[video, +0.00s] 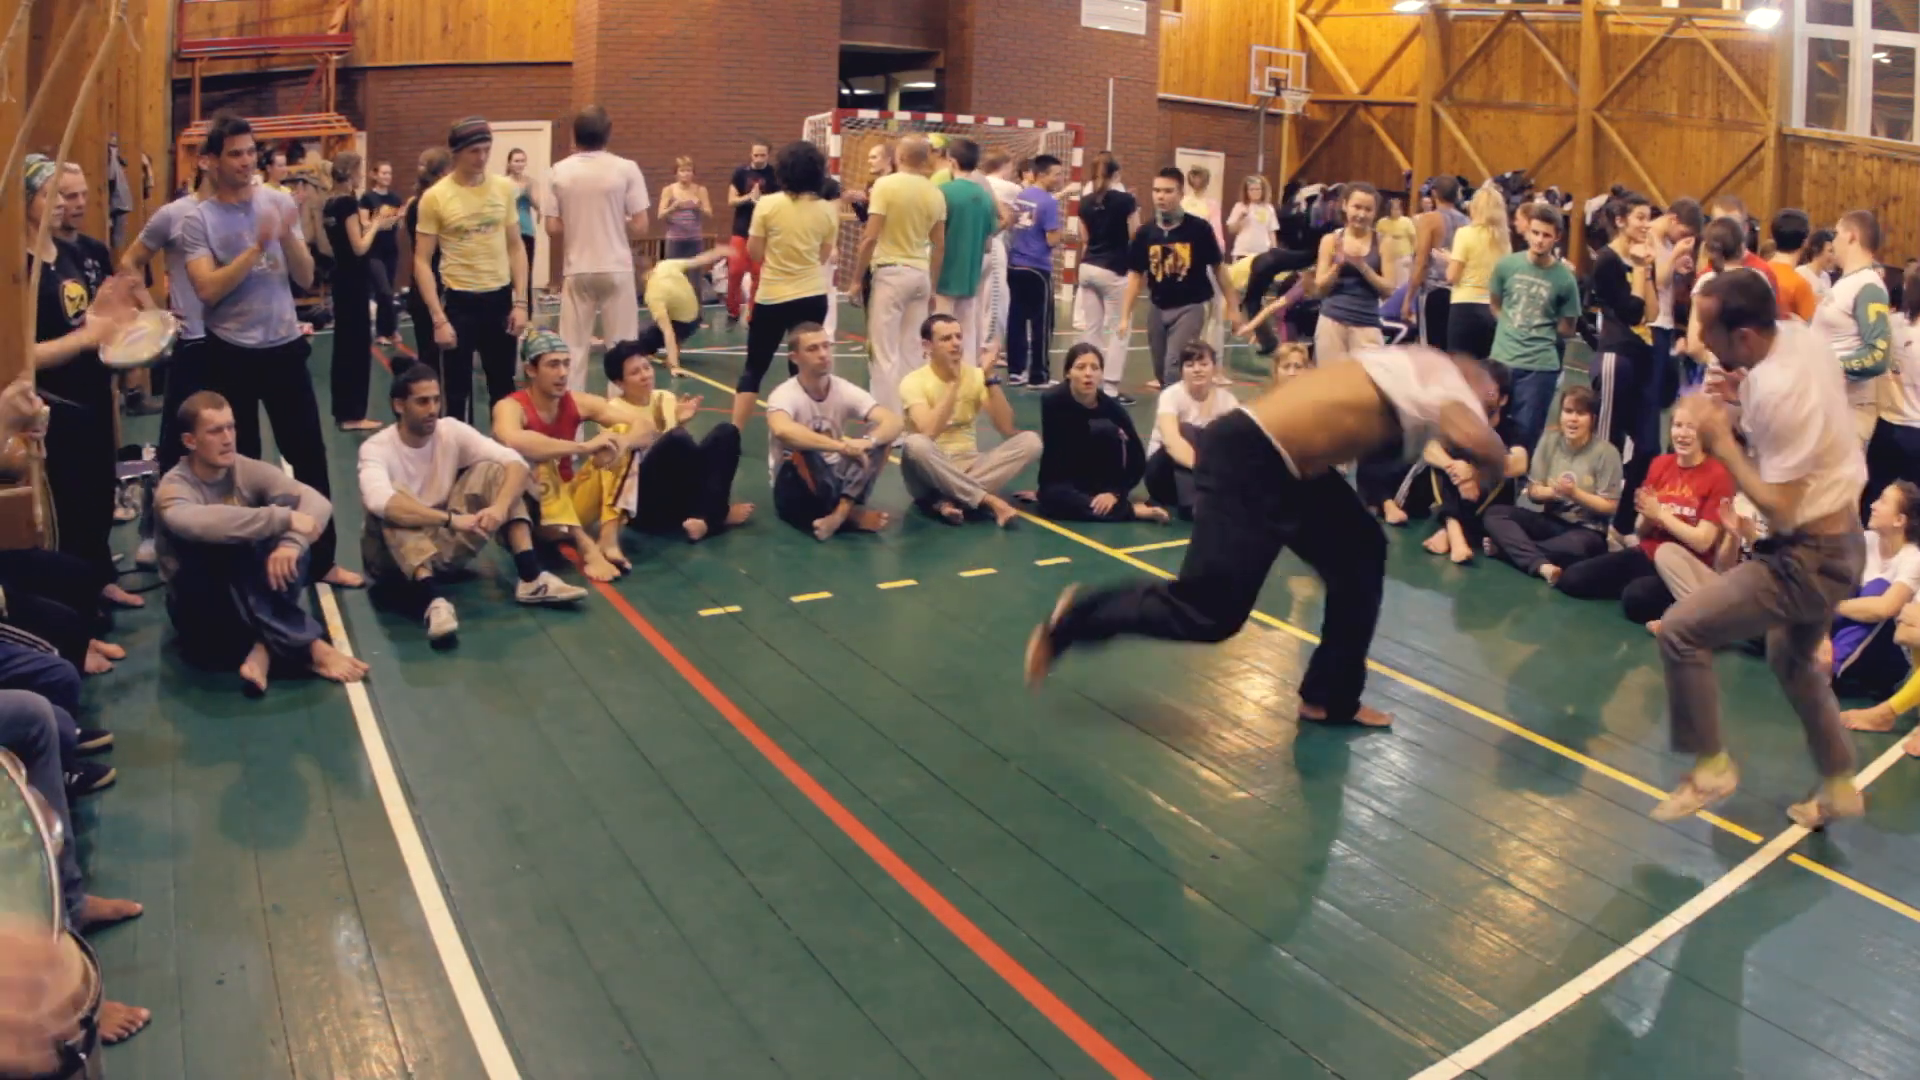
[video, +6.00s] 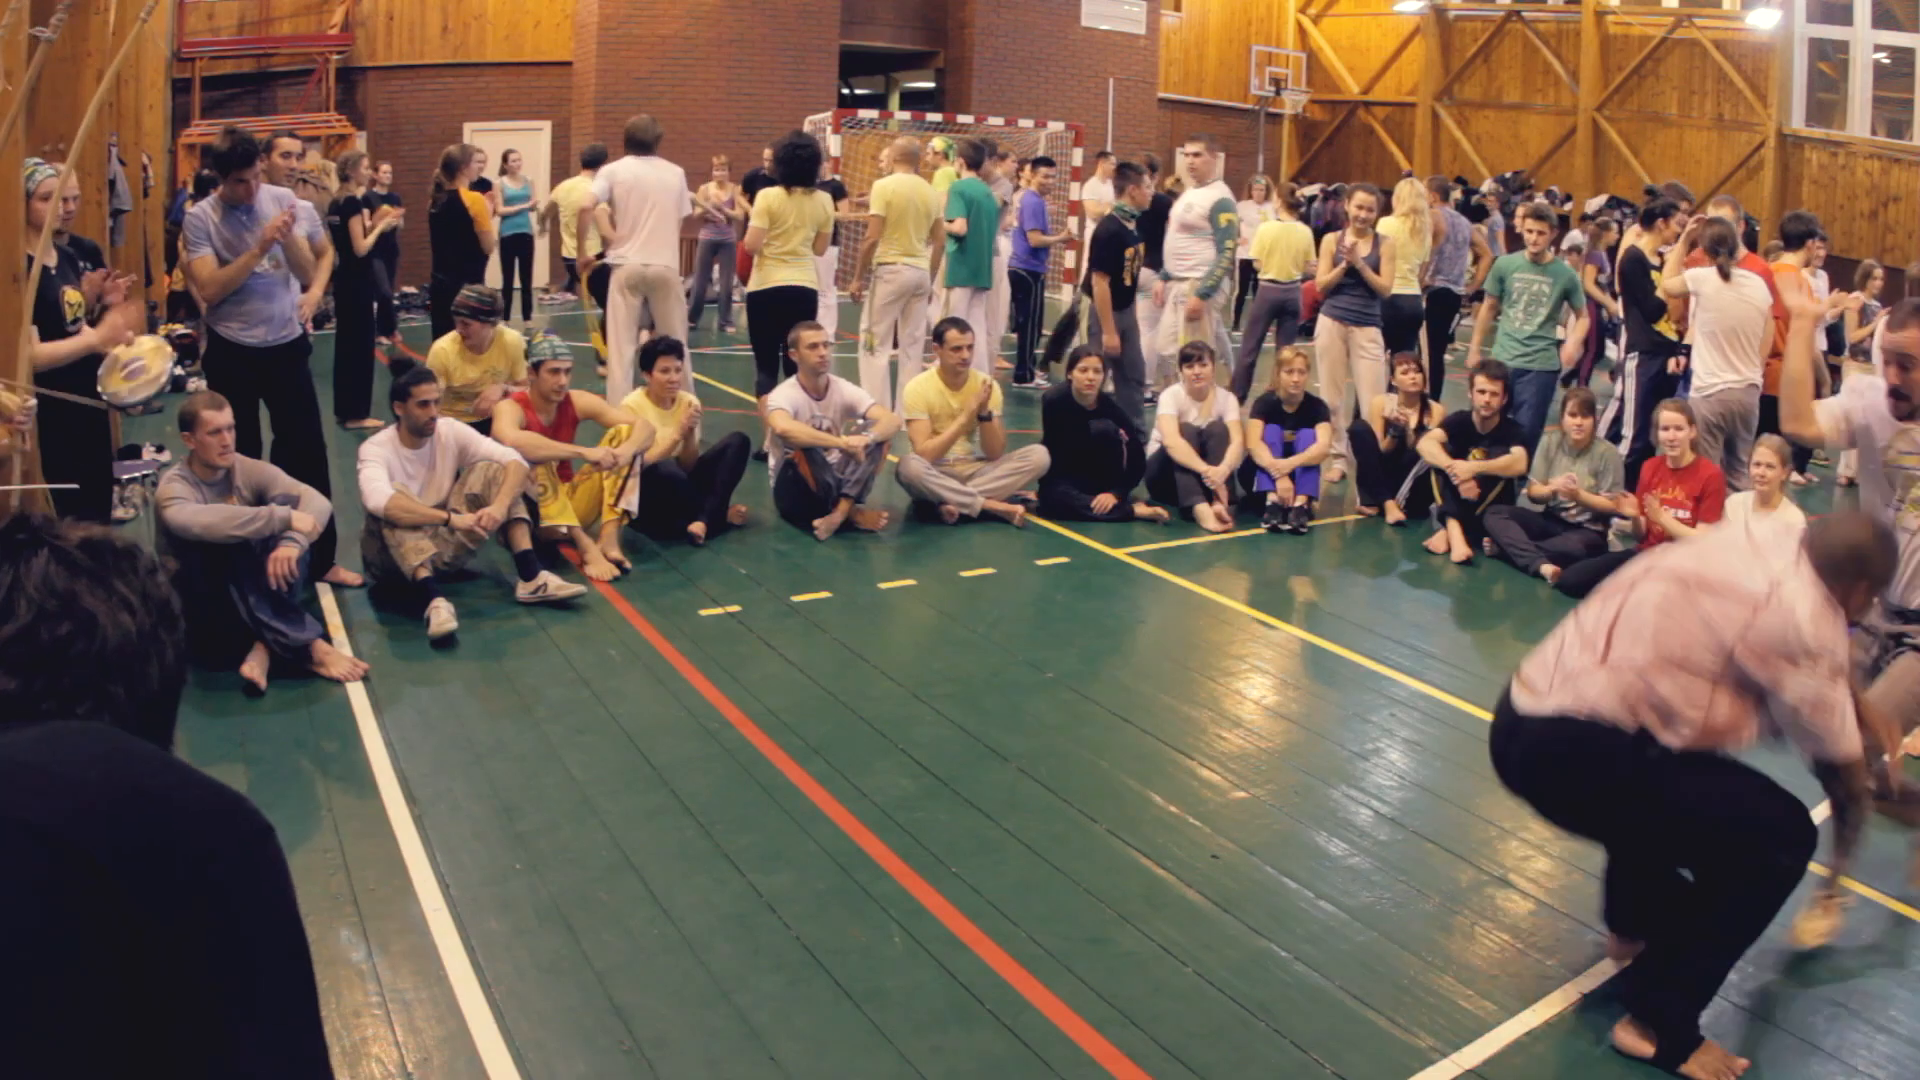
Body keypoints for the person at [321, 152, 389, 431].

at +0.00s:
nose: (366, 175)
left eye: (364, 169)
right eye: (363, 170)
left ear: (339, 172)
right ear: (353, 173)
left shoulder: (330, 204)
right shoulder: (348, 204)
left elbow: (341, 245)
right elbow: (359, 246)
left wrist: (371, 223)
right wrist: (375, 224)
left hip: (341, 276)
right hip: (355, 279)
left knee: (346, 341)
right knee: (357, 343)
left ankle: (344, 411)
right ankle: (352, 415)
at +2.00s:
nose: (367, 175)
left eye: (366, 170)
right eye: (364, 170)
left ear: (340, 170)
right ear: (354, 172)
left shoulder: (330, 202)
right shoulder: (347, 202)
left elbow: (342, 244)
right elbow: (353, 247)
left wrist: (371, 225)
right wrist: (379, 228)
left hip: (339, 277)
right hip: (350, 279)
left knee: (345, 340)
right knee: (354, 342)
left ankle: (345, 410)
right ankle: (350, 415)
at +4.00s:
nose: (370, 174)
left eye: (369, 168)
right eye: (367, 169)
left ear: (343, 172)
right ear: (356, 172)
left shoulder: (335, 203)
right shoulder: (354, 203)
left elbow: (351, 241)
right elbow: (362, 247)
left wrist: (375, 225)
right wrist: (388, 229)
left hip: (344, 281)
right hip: (359, 283)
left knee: (349, 344)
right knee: (361, 346)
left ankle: (346, 411)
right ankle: (355, 414)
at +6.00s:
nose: (371, 173)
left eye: (370, 168)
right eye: (367, 168)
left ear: (350, 172)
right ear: (353, 171)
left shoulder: (337, 203)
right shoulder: (353, 203)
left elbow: (352, 241)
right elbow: (360, 247)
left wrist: (374, 222)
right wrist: (381, 225)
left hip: (344, 281)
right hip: (358, 283)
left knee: (349, 343)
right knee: (361, 345)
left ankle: (347, 410)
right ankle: (355, 414)